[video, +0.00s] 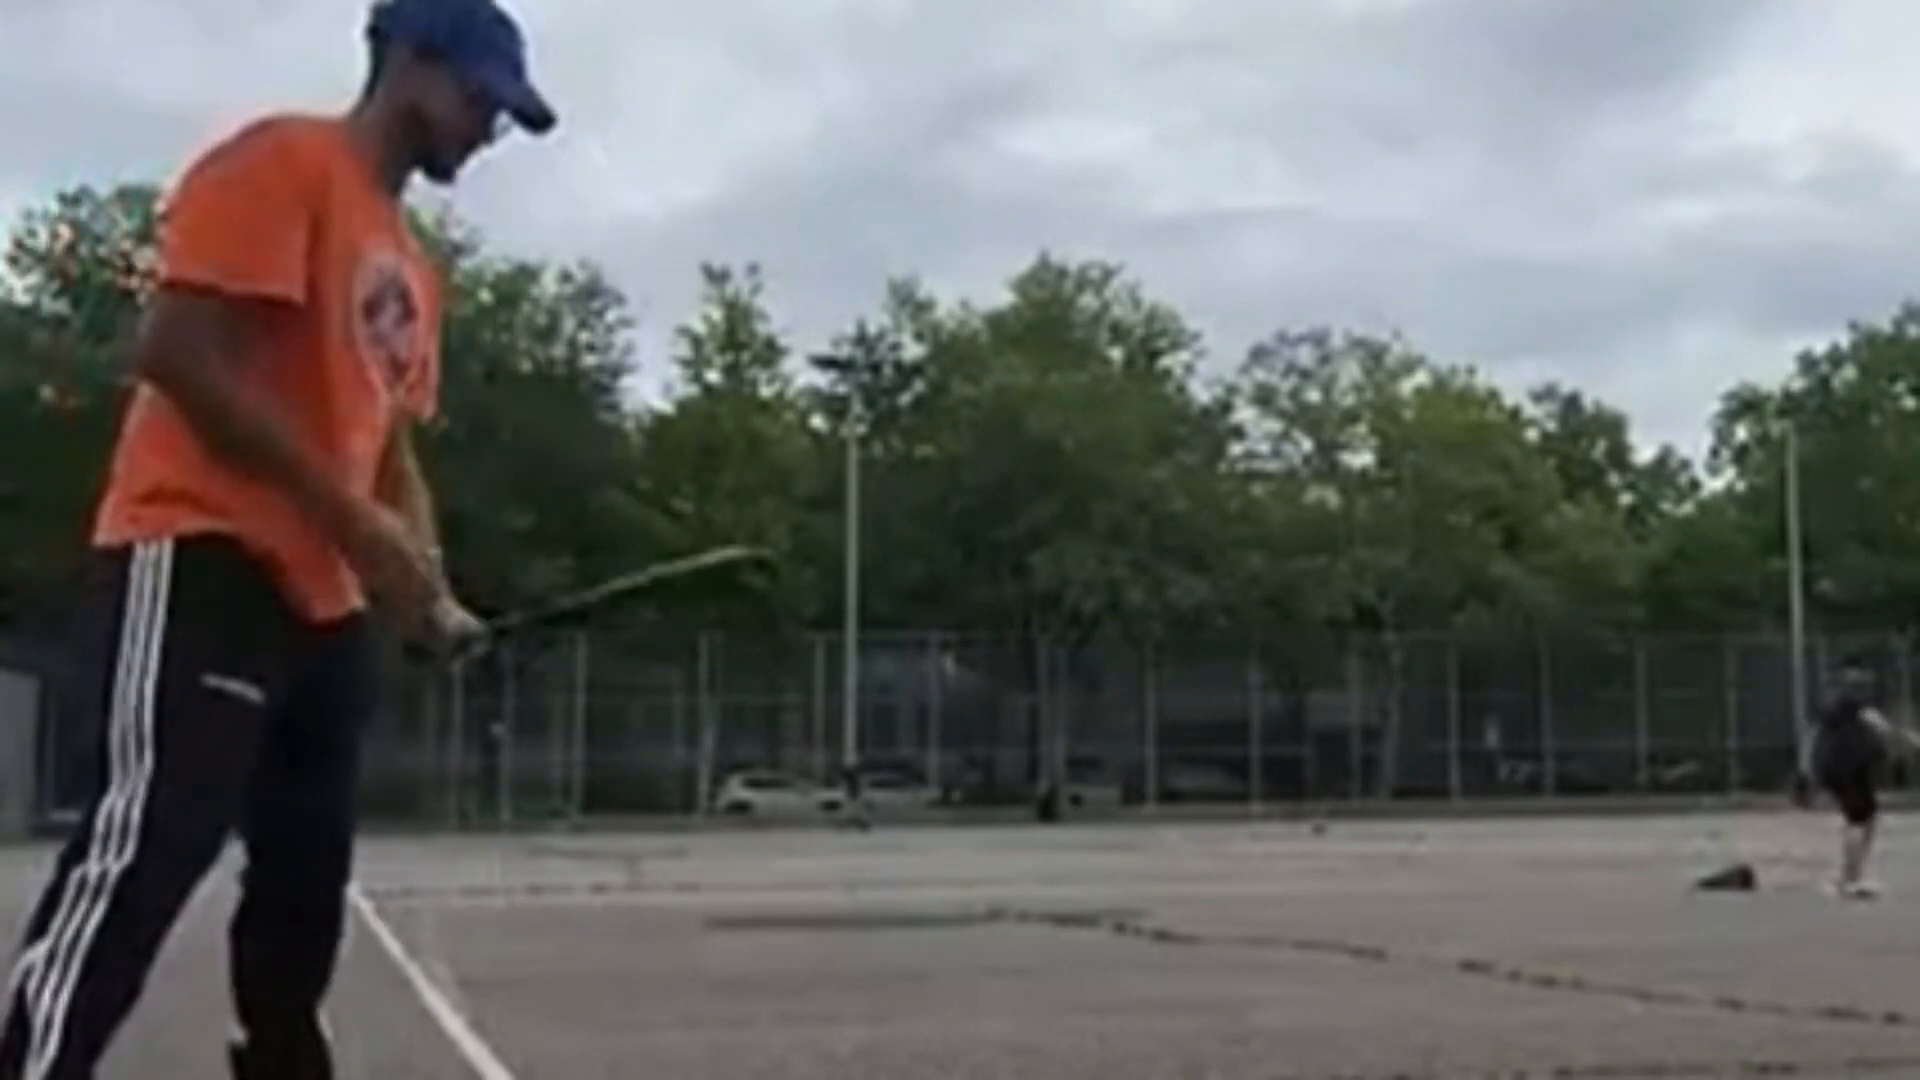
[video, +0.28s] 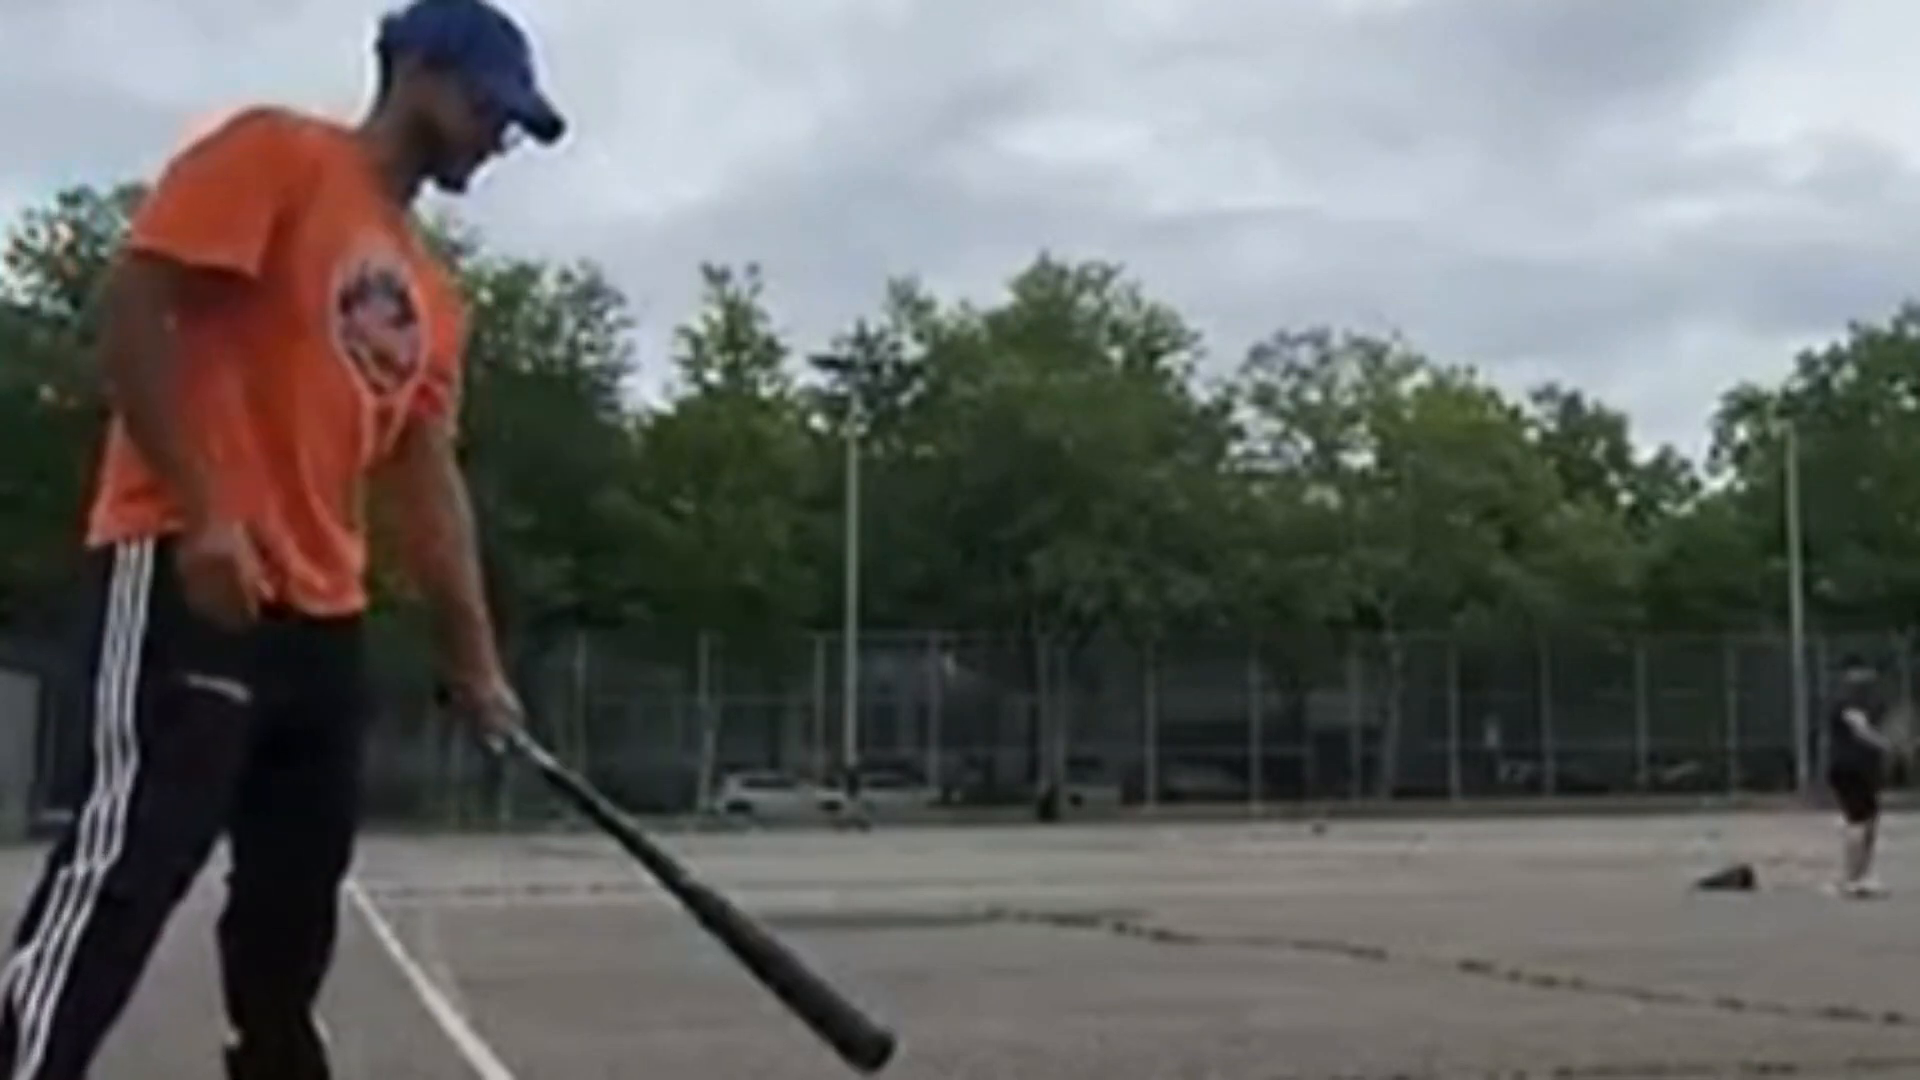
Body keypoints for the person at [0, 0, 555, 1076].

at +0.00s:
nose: (490, 130)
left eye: (502, 113)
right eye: (482, 100)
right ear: (414, 64)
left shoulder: (413, 267)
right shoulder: (285, 155)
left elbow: (391, 451)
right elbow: (175, 344)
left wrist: (420, 578)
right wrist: (361, 529)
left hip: (315, 580)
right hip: (198, 546)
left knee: (306, 856)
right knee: (153, 829)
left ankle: (279, 1053)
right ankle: (38, 1058)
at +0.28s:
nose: (503, 137)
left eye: (514, 121)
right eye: (493, 108)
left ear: (450, 101)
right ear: (420, 71)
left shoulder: (436, 294)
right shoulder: (275, 148)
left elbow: (426, 474)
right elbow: (133, 308)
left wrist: (476, 659)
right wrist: (197, 511)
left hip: (318, 602)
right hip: (186, 562)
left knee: (299, 867)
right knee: (131, 853)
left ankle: (273, 1049)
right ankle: (33, 1058)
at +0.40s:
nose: (527, 157)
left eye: (538, 142)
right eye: (515, 125)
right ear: (441, 86)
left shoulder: (451, 316)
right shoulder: (282, 148)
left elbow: (448, 498)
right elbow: (109, 276)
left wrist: (501, 683)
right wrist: (93, 486)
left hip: (300, 602)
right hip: (170, 555)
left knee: (287, 876)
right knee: (112, 852)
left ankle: (262, 1040)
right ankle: (26, 1056)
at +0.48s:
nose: (194, 49)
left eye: (191, 26)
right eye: (171, 21)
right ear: (100, 25)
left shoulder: (176, 163)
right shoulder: (20, 149)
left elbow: (294, 35)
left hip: (156, 572)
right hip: (30, 575)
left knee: (196, 894)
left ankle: (212, 1066)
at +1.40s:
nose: (194, 92)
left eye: (194, 68)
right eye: (184, 64)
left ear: (176, 86)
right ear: (112, 62)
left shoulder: (176, 222)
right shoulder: (12, 174)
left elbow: (260, 160)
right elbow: (261, 161)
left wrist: (127, 28)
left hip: (100, 589)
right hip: (28, 590)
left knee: (304, 831)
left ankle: (311, 1059)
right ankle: (310, 1055)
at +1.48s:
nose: (228, 137)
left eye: (227, 110)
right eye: (216, 106)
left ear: (141, 99)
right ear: (147, 93)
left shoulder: (208, 249)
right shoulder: (9, 190)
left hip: (98, 611)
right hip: (43, 611)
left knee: (319, 848)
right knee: (315, 848)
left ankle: (349, 1060)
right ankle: (348, 1059)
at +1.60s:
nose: (258, 222)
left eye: (258, 195)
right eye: (243, 191)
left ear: (166, 189)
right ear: (164, 187)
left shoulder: (241, 335)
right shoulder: (29, 302)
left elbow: (143, 356)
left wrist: (6, 294)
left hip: (140, 698)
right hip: (17, 699)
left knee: (330, 886)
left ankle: (350, 1073)